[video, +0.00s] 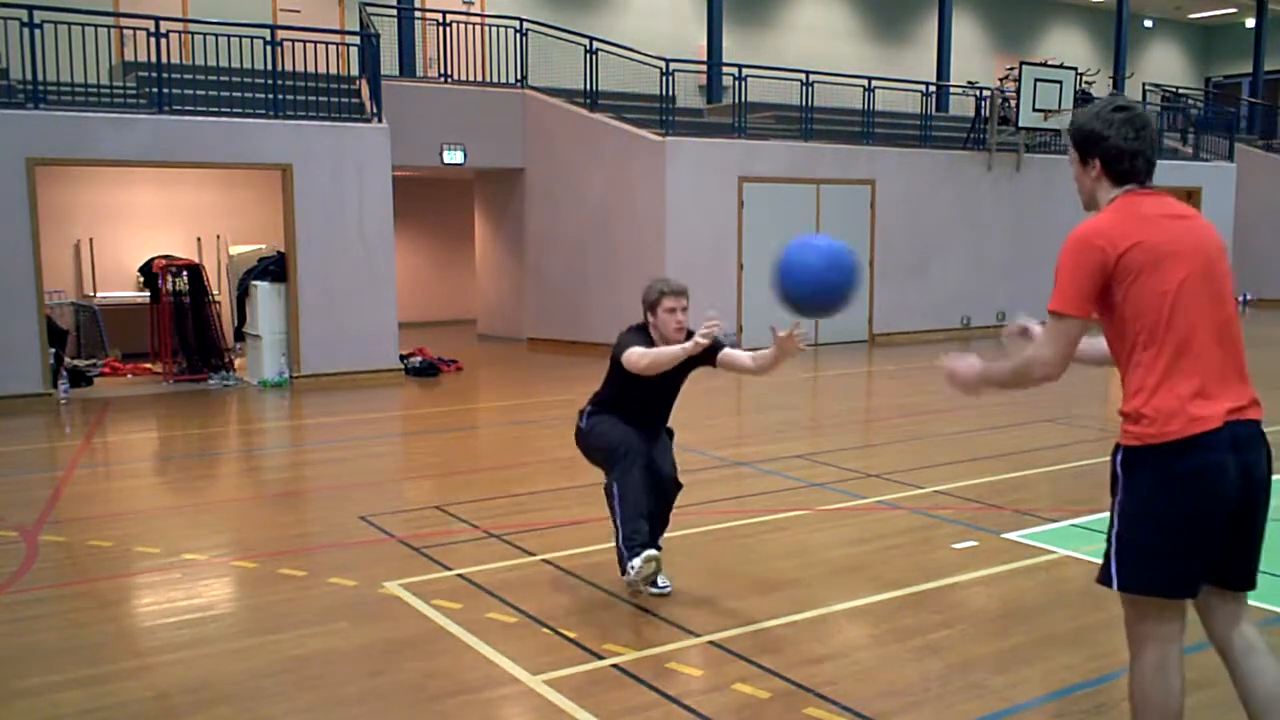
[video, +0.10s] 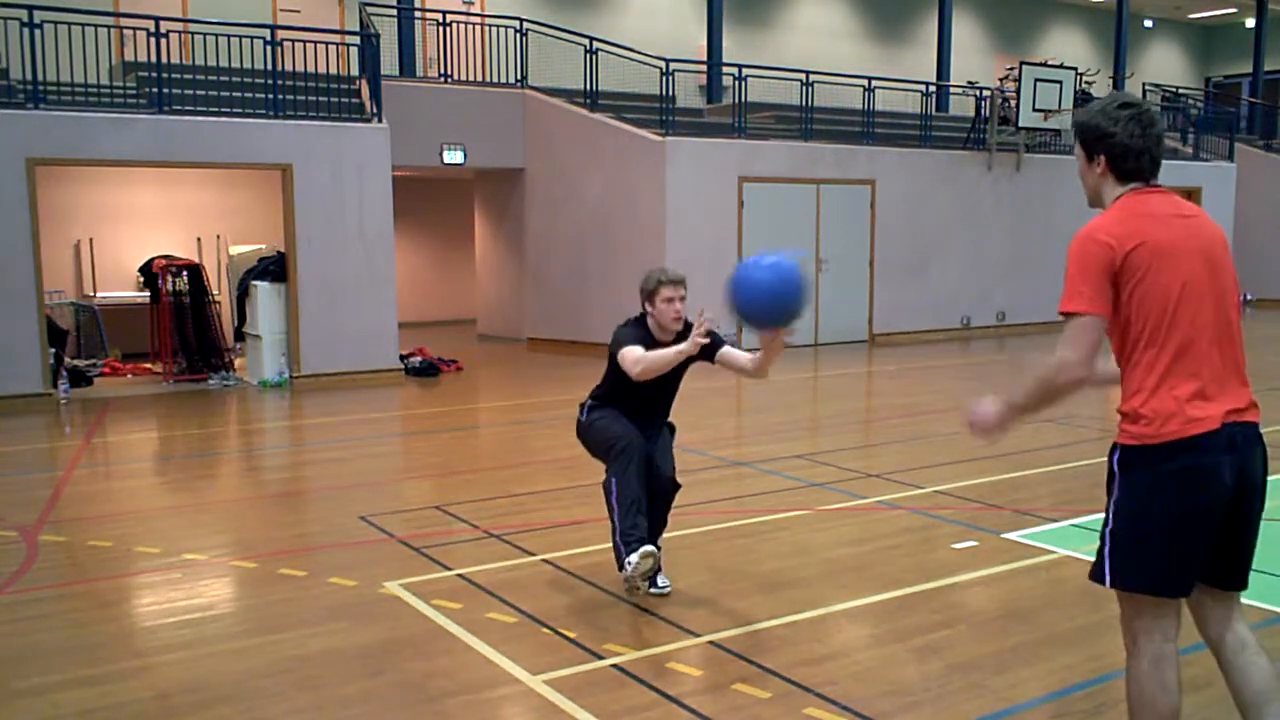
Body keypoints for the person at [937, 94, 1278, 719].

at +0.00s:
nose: (1072, 175)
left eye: (1073, 161)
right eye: (1072, 161)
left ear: (1092, 164)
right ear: (1143, 160)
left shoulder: (1096, 236)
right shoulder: (1198, 226)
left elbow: (1045, 361)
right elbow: (1148, 343)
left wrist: (980, 373)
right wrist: (1054, 343)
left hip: (1166, 457)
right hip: (1243, 448)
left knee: (1156, 634)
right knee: (1230, 616)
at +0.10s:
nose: (1078, 171)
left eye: (1079, 158)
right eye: (1077, 158)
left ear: (1098, 160)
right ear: (1150, 158)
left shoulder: (1103, 235)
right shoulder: (1206, 226)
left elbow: (1072, 365)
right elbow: (1202, 348)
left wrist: (1007, 406)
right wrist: (1098, 371)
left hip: (1161, 459)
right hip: (1239, 452)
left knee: (1150, 635)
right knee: (1221, 614)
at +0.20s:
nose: (1086, 167)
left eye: (1087, 154)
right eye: (1086, 154)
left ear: (1106, 157)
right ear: (1160, 155)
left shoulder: (1111, 234)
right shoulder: (1212, 224)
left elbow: (1107, 364)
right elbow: (1218, 353)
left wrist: (1046, 439)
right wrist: (1123, 416)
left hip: (1162, 459)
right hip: (1239, 452)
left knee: (1149, 634)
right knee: (1219, 614)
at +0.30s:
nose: (1096, 165)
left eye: (1098, 151)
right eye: (1097, 152)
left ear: (1119, 155)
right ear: (1169, 153)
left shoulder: (1124, 231)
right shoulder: (1225, 224)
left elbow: (1134, 361)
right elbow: (1240, 332)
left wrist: (1085, 458)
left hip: (1166, 463)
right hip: (1242, 455)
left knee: (1147, 631)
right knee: (1223, 616)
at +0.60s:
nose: (1158, 153)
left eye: (1162, 141)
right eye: (1160, 140)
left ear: (1184, 148)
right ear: (1234, 149)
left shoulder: (1179, 226)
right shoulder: (1269, 216)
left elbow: (1173, 357)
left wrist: (1118, 462)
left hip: (1198, 462)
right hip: (1265, 456)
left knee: (1168, 636)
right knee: (1259, 617)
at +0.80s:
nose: (1206, 153)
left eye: (1211, 140)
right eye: (1209, 140)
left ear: (1237, 148)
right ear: (1260, 149)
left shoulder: (1233, 228)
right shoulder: (1263, 221)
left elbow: (1200, 360)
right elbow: (1260, 347)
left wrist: (1111, 384)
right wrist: (1187, 391)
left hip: (1239, 462)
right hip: (1271, 457)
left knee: (1186, 639)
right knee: (1276, 619)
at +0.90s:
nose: (1228, 157)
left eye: (1232, 143)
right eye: (1229, 143)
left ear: (1258, 147)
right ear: (1271, 149)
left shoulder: (1255, 228)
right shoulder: (1259, 228)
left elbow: (1222, 359)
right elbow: (1240, 348)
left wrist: (1130, 321)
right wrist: (1161, 326)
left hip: (1250, 466)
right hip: (1258, 463)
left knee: (1194, 642)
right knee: (1193, 639)